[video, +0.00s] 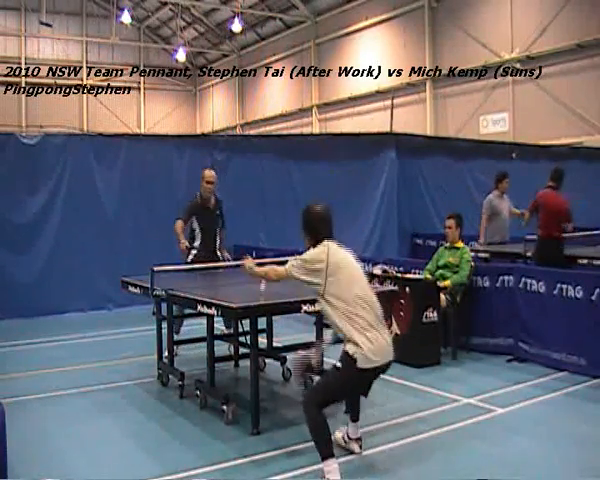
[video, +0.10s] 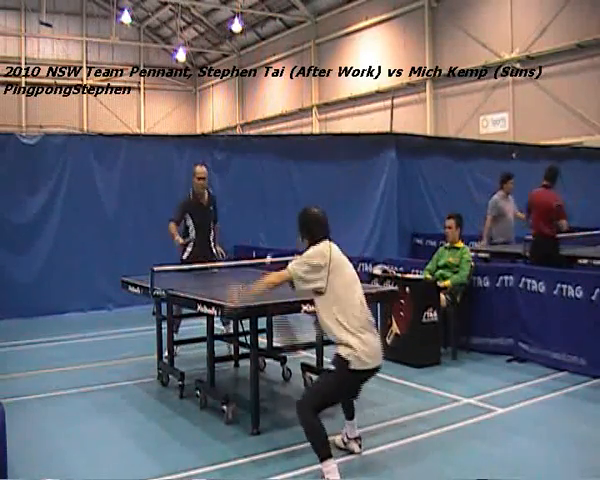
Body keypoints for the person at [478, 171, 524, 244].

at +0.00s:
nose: (507, 186)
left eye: (508, 183)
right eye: (506, 183)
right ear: (499, 184)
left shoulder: (505, 198)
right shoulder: (490, 199)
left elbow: (510, 210)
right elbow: (484, 219)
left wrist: (521, 213)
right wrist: (482, 237)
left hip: (504, 237)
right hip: (491, 238)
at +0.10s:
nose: (512, 186)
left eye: (512, 184)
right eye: (510, 183)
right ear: (504, 185)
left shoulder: (510, 198)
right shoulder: (495, 200)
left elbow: (514, 212)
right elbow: (489, 219)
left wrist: (524, 217)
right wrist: (485, 238)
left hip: (509, 237)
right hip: (497, 238)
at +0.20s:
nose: (515, 186)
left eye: (516, 183)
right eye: (513, 183)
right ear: (507, 184)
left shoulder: (513, 198)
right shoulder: (498, 199)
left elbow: (518, 213)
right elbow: (492, 220)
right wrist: (488, 238)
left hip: (512, 237)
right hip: (500, 238)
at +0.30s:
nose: (520, 186)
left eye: (521, 183)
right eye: (519, 183)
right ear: (512, 183)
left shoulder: (519, 198)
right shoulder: (503, 197)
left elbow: (521, 216)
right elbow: (497, 217)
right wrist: (493, 237)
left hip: (517, 235)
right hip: (504, 237)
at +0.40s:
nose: (524, 186)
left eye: (525, 183)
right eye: (522, 183)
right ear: (516, 184)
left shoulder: (524, 198)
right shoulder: (507, 197)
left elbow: (524, 216)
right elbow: (500, 217)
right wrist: (496, 236)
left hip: (520, 237)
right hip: (507, 237)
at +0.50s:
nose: (530, 187)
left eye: (532, 184)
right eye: (528, 184)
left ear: (533, 185)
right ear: (523, 185)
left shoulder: (530, 198)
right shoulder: (514, 197)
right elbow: (504, 215)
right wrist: (499, 233)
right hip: (513, 236)